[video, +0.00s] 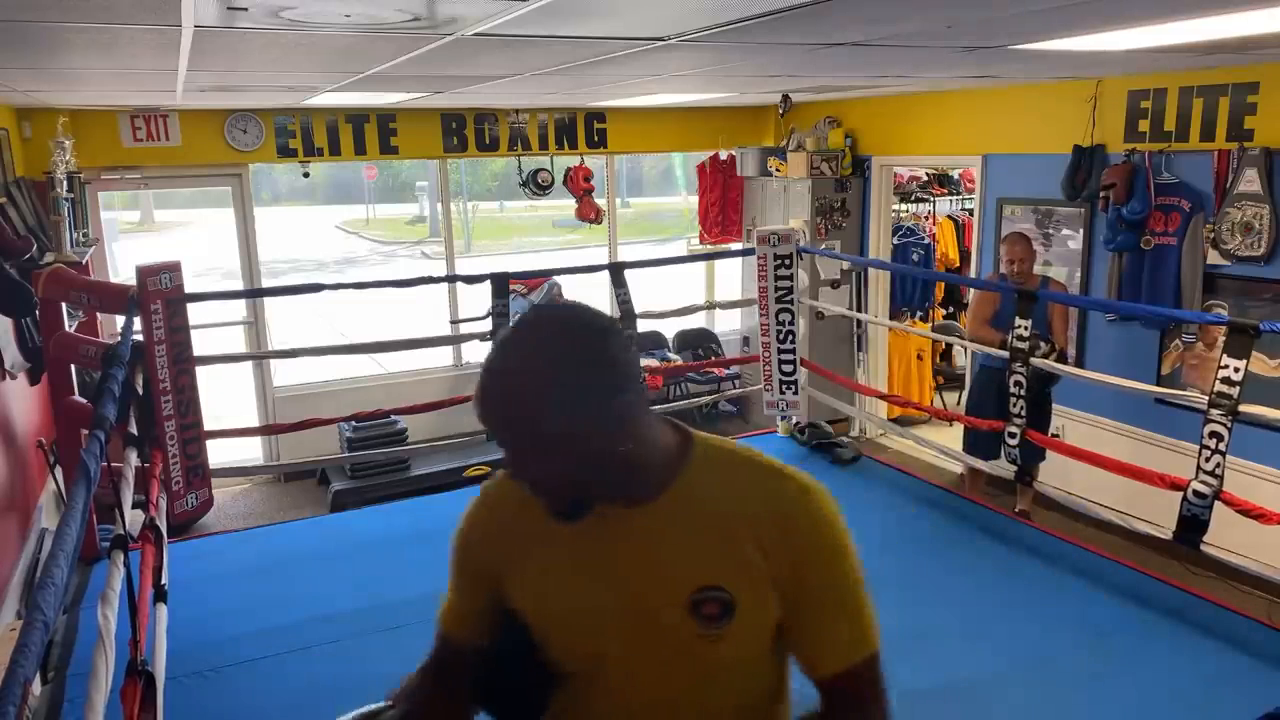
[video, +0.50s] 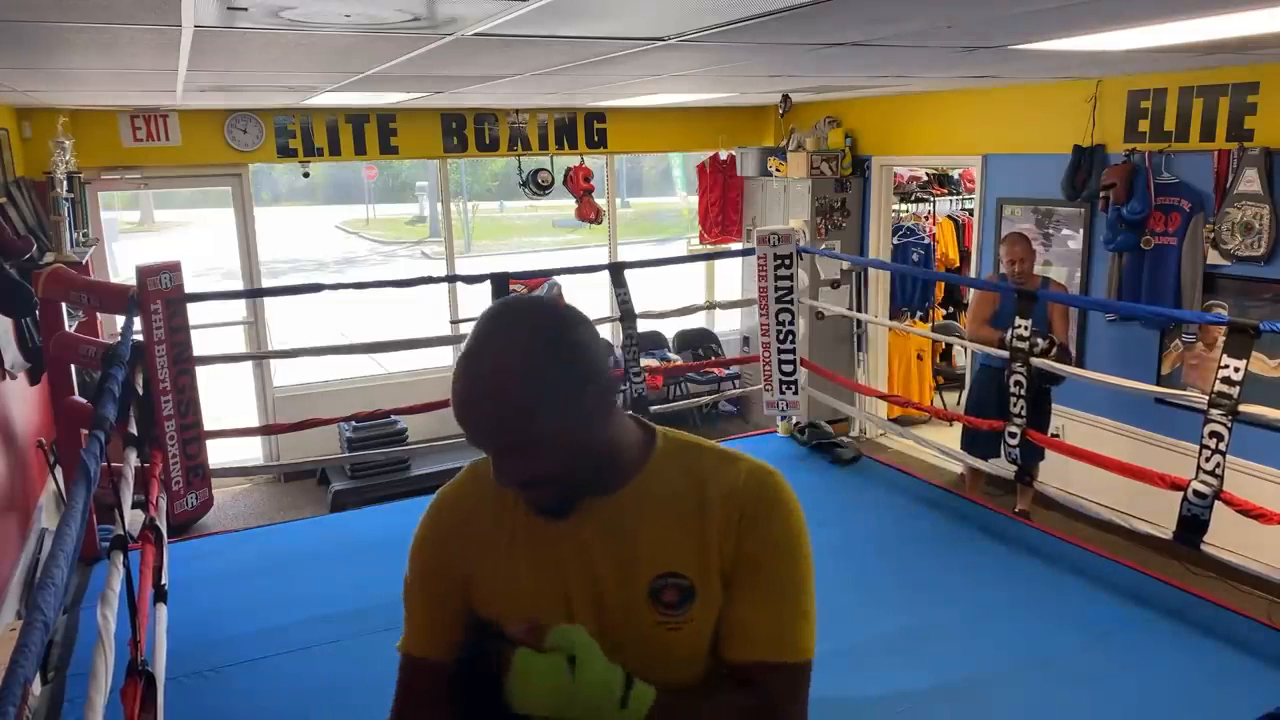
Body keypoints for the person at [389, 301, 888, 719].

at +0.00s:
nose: (512, 472)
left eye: (522, 447)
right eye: (501, 446)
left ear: (597, 424)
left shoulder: (784, 515)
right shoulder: (497, 517)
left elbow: (856, 699)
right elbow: (449, 676)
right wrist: (394, 711)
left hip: (735, 704)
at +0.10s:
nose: (500, 489)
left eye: (516, 466)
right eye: (480, 463)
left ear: (594, 423)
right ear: (467, 437)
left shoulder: (755, 507)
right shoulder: (460, 522)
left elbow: (815, 695)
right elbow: (412, 688)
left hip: (697, 703)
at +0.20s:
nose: (497, 490)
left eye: (512, 466)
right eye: (477, 464)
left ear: (591, 414)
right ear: (462, 439)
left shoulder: (748, 505)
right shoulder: (451, 525)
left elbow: (799, 697)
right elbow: (404, 693)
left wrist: (648, 711)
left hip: (692, 707)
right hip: (534, 709)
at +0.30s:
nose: (499, 488)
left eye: (522, 468)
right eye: (480, 462)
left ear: (594, 407)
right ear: (464, 433)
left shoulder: (742, 504)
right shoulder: (445, 521)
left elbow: (787, 701)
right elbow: (400, 698)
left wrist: (652, 707)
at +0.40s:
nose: (500, 482)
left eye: (521, 457)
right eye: (481, 455)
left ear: (603, 396)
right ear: (467, 428)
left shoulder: (742, 506)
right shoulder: (446, 521)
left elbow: (776, 703)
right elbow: (404, 699)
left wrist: (633, 701)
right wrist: (511, 690)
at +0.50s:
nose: (507, 481)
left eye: (529, 455)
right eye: (488, 453)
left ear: (609, 388)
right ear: (474, 427)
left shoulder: (747, 505)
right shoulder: (456, 518)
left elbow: (774, 702)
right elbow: (420, 699)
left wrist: (624, 700)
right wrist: (496, 686)